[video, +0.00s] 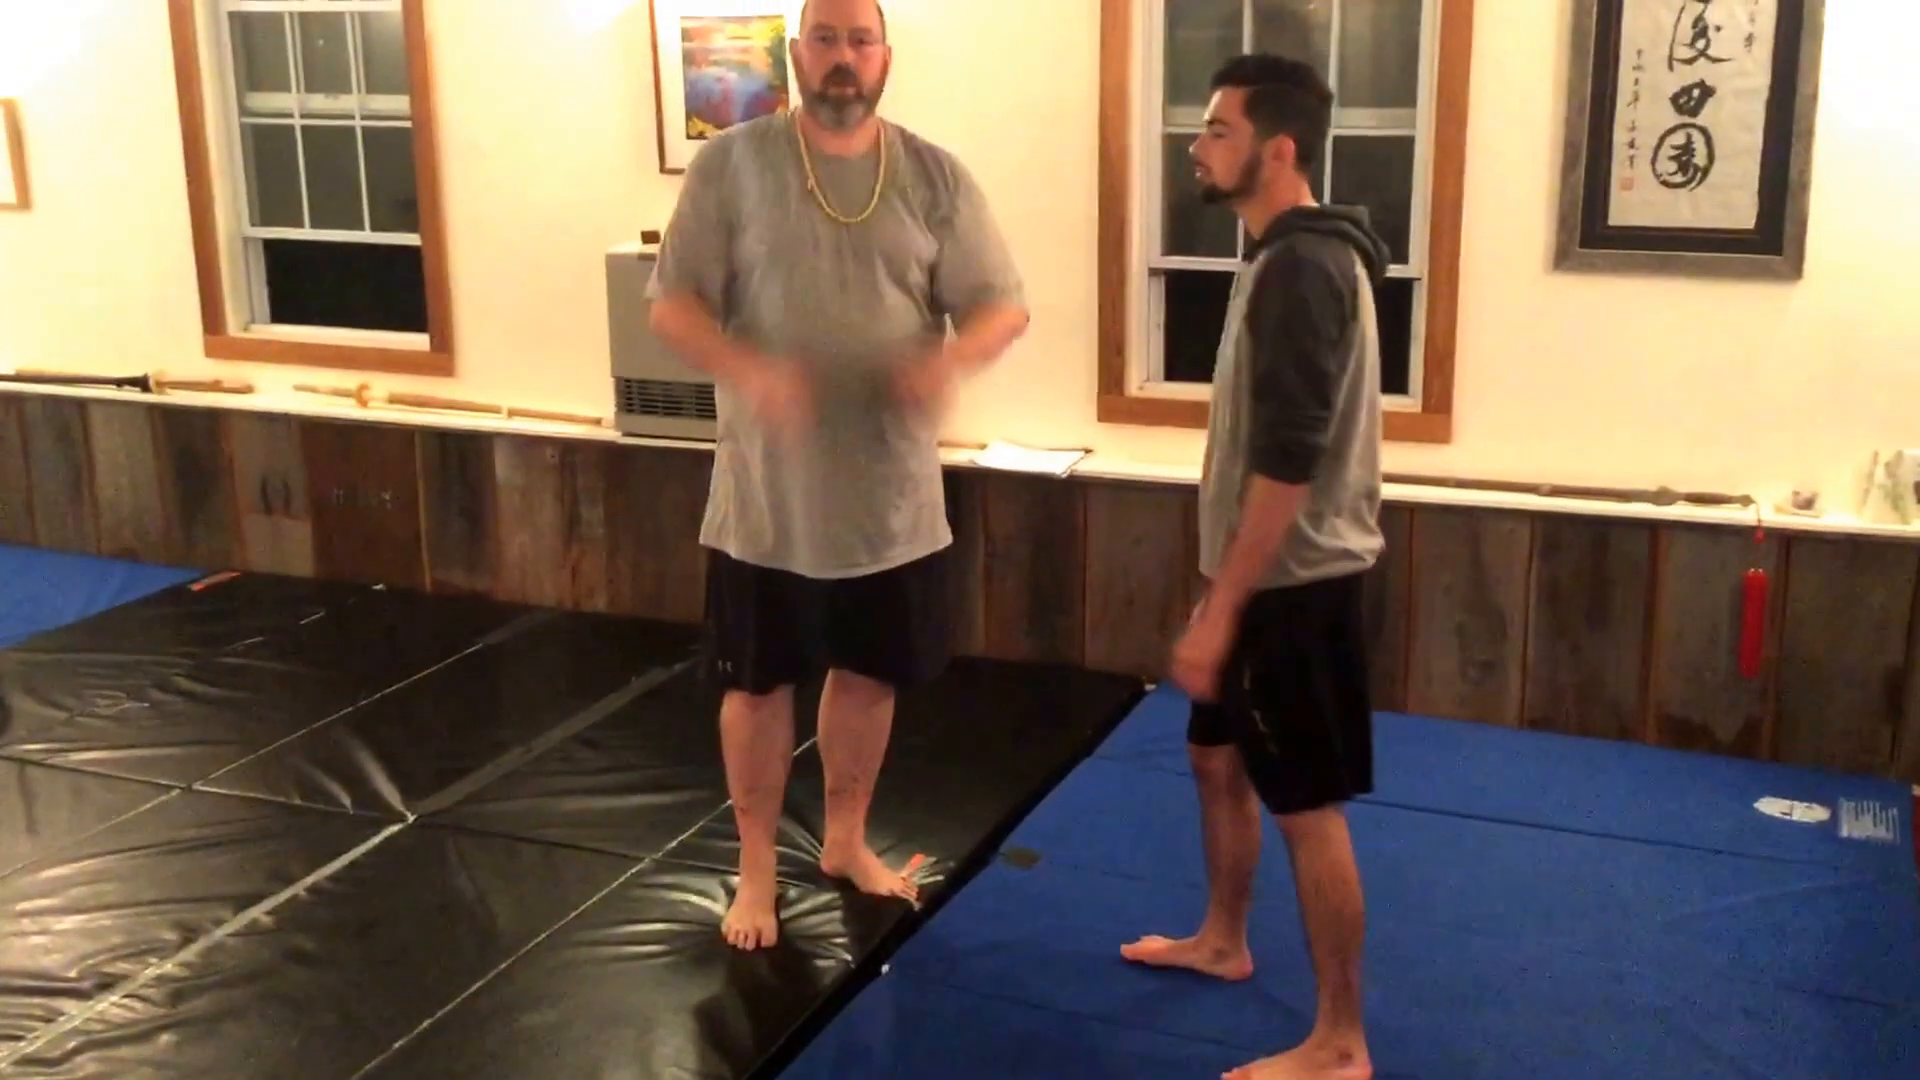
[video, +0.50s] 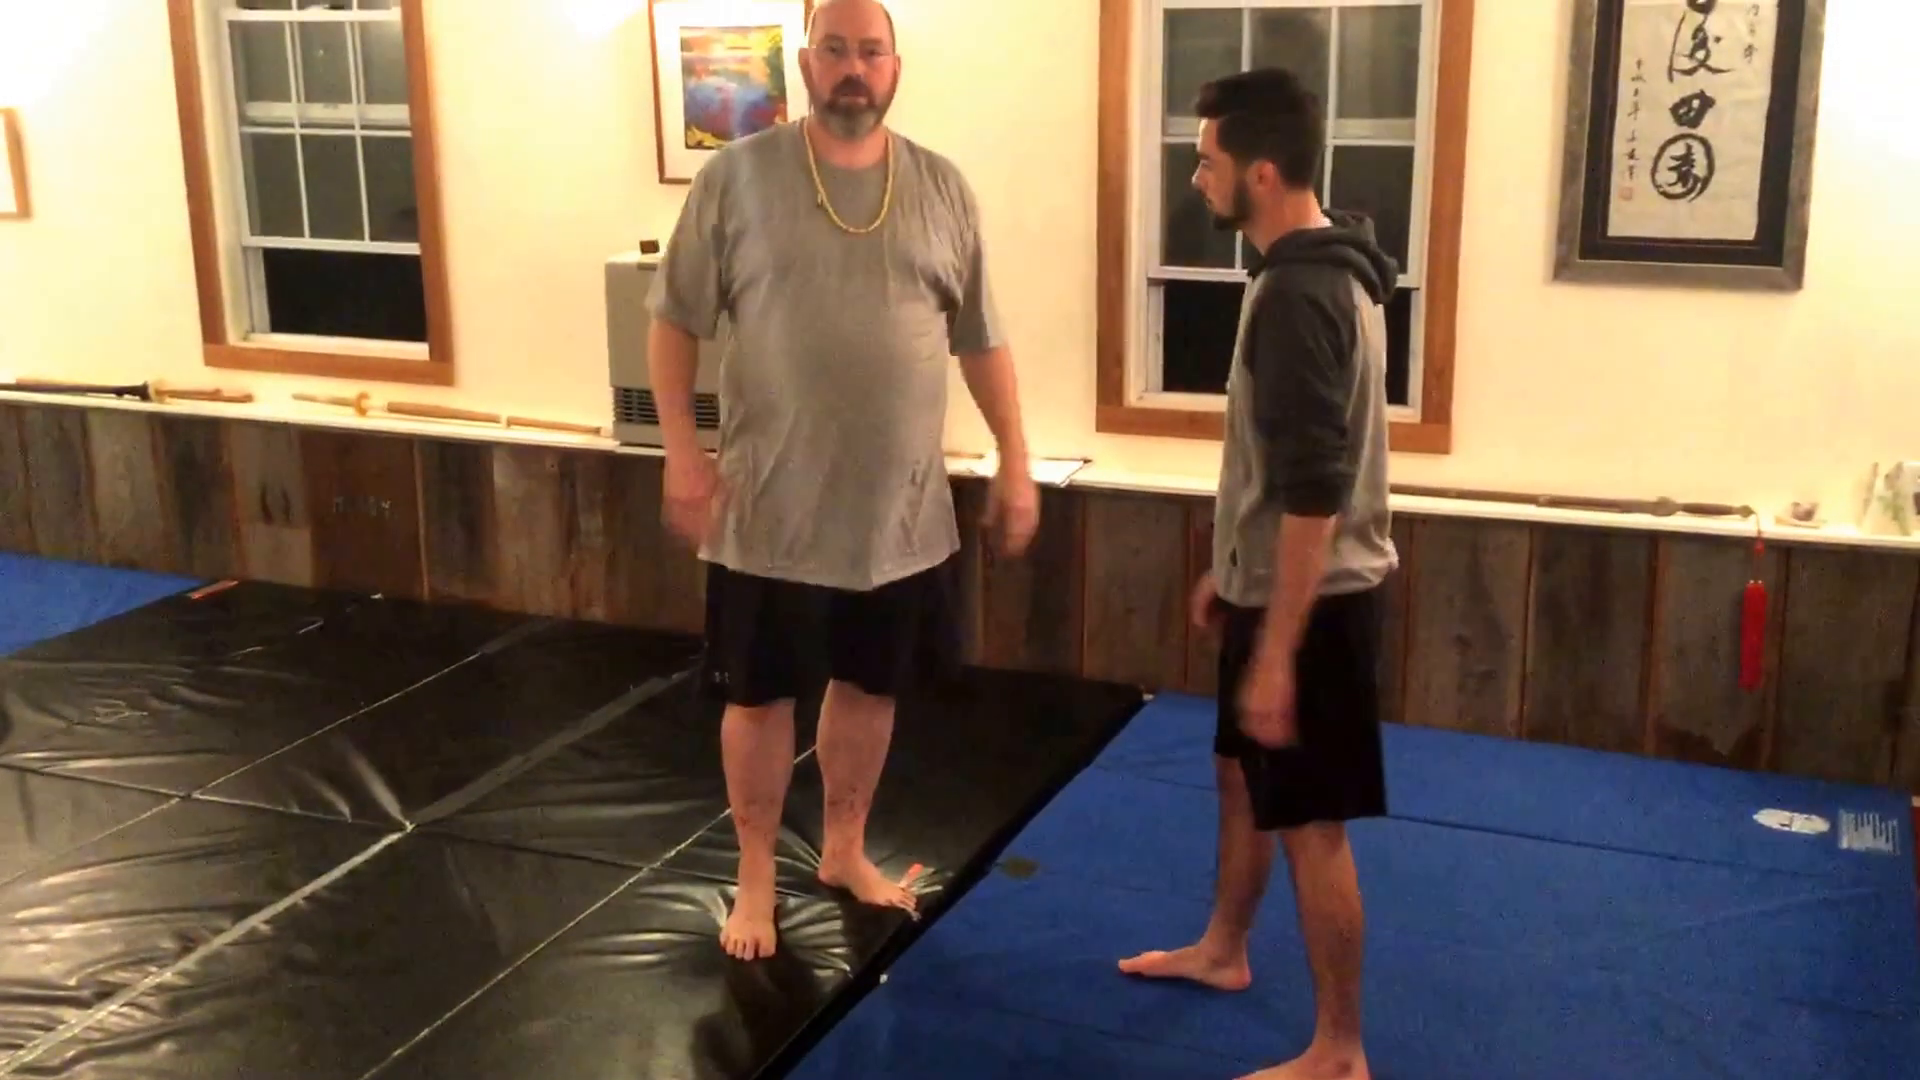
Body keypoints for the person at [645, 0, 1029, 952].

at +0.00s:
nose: (838, 56)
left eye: (857, 38)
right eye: (821, 36)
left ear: (887, 52)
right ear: (794, 48)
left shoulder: (937, 179)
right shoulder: (728, 166)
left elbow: (1002, 308)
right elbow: (671, 303)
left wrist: (947, 359)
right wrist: (751, 371)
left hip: (887, 492)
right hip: (763, 492)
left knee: (870, 674)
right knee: (757, 684)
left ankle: (847, 846)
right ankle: (755, 871)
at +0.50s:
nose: (852, 69)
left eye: (871, 50)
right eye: (835, 50)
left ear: (898, 63)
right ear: (804, 60)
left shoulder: (940, 187)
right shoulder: (734, 180)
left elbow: (979, 334)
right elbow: (675, 320)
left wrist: (1014, 461)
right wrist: (682, 449)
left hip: (897, 499)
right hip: (766, 497)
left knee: (870, 685)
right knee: (758, 695)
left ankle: (846, 854)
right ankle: (754, 878)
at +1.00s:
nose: (872, 80)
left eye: (883, 62)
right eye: (851, 63)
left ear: (897, 70)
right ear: (803, 71)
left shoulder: (934, 188)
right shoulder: (745, 178)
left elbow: (985, 333)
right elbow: (689, 285)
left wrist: (1032, 458)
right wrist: (806, 240)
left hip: (903, 499)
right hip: (778, 499)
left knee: (873, 687)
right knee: (765, 699)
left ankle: (844, 861)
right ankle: (754, 882)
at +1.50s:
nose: (864, 87)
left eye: (877, 68)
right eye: (841, 70)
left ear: (894, 74)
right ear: (800, 79)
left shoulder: (929, 189)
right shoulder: (746, 183)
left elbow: (974, 331)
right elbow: (705, 305)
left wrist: (1020, 442)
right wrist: (844, 269)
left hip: (904, 499)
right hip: (780, 501)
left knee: (873, 691)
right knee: (767, 703)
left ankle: (844, 863)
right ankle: (754, 889)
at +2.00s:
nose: (853, 88)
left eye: (870, 70)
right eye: (834, 70)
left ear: (898, 78)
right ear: (805, 78)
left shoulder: (947, 196)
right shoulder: (746, 192)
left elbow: (993, 340)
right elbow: (694, 340)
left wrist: (1028, 463)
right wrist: (668, 478)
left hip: (907, 509)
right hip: (778, 508)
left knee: (878, 695)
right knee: (761, 710)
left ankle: (846, 862)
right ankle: (752, 888)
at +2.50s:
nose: (845, 106)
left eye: (860, 88)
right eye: (824, 88)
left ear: (878, 88)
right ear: (782, 87)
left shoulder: (919, 196)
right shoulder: (711, 199)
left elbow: (972, 335)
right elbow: (665, 340)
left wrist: (1017, 454)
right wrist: (685, 456)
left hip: (889, 515)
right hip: (760, 520)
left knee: (870, 700)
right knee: (750, 718)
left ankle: (846, 862)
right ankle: (735, 888)